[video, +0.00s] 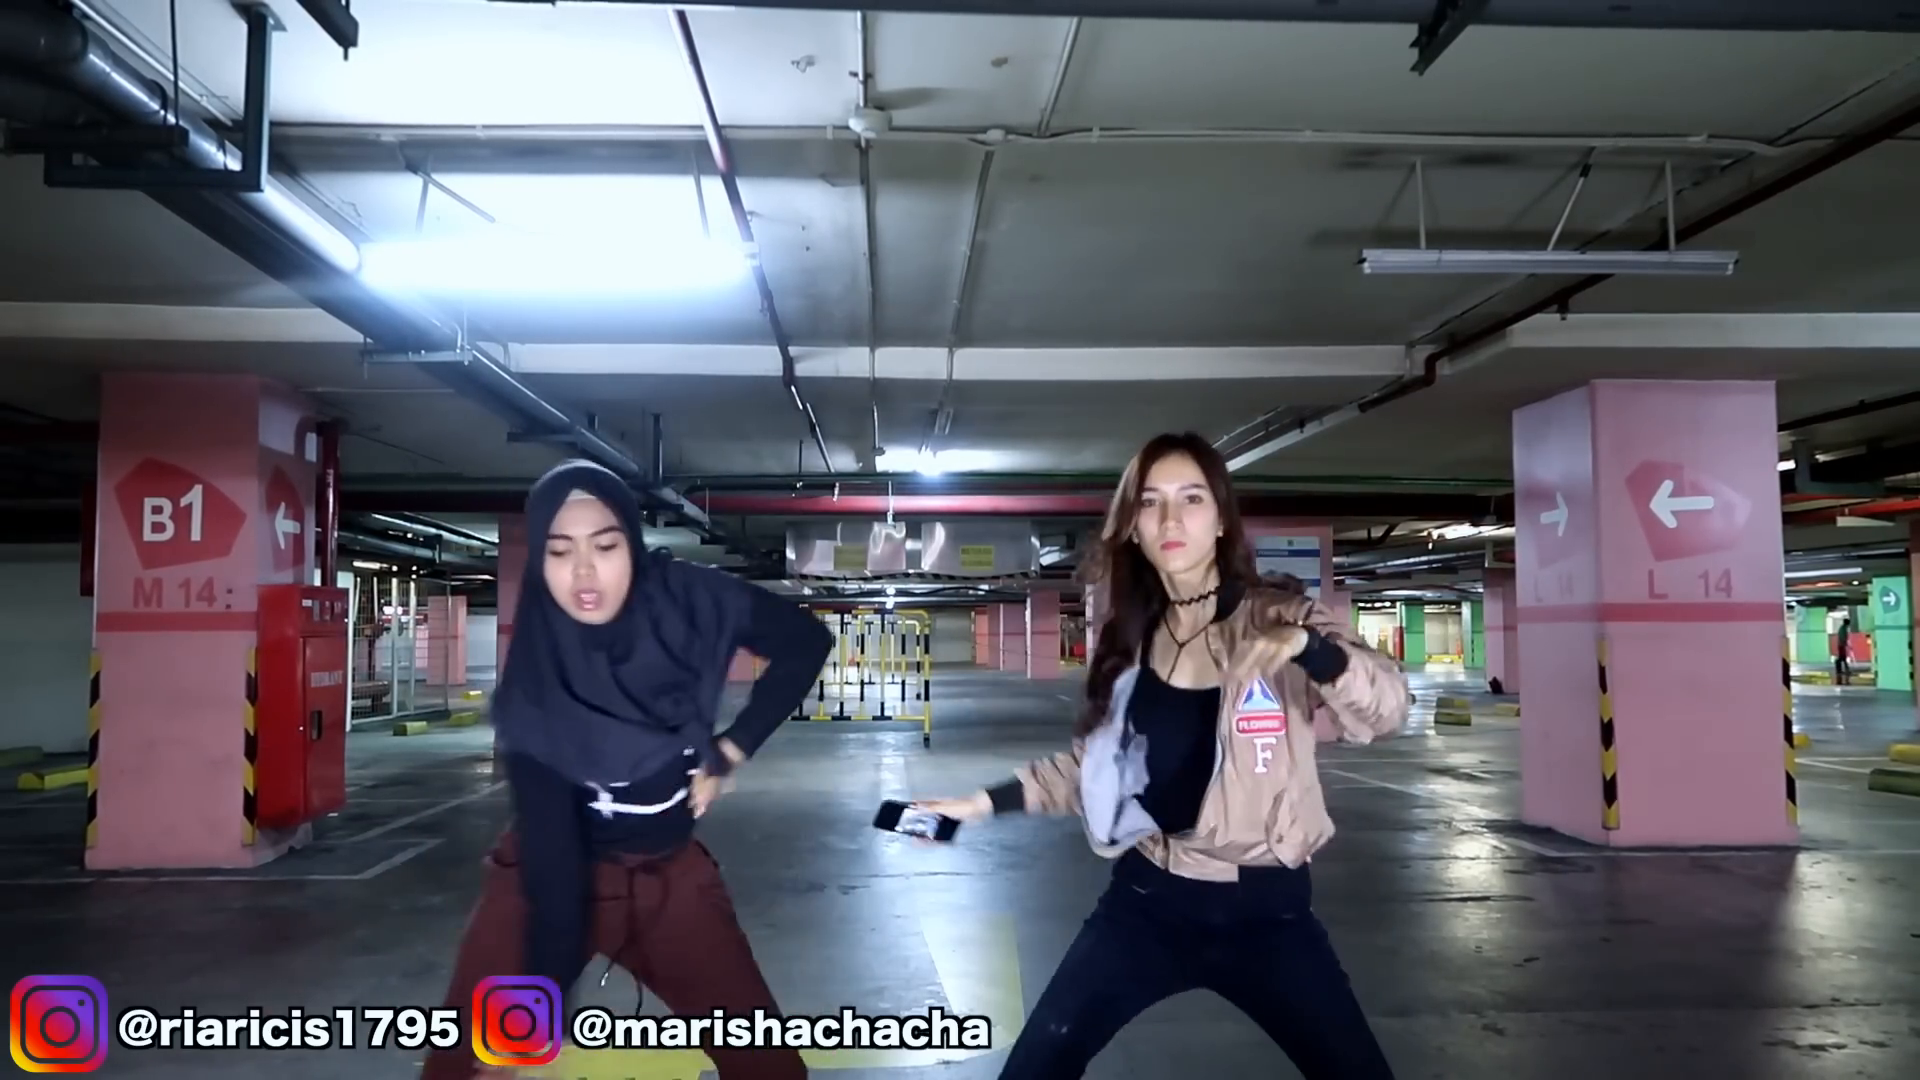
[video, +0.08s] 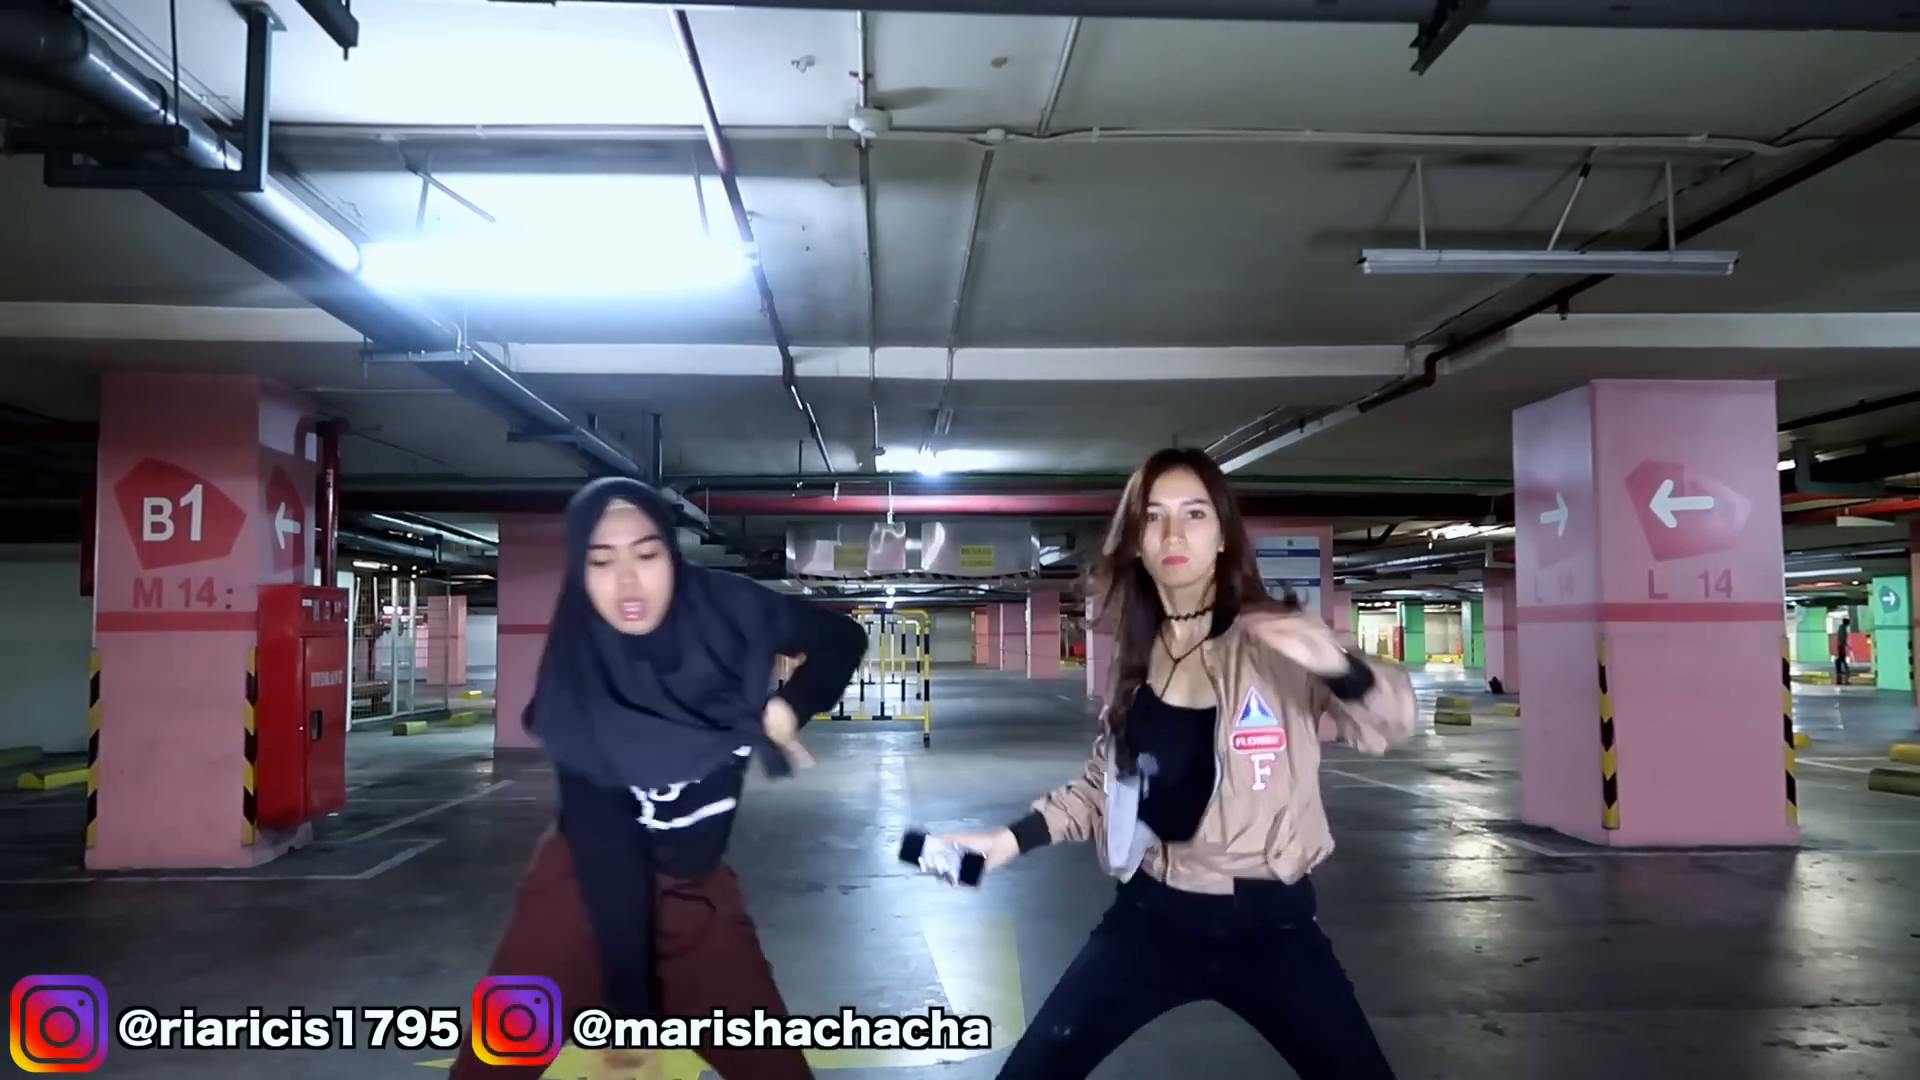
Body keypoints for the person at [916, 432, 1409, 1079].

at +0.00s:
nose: (1170, 519)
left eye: (1191, 499)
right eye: (1151, 501)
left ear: (1222, 516)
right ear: (1133, 523)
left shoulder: (1277, 622)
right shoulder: (1130, 638)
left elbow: (1386, 714)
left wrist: (1309, 647)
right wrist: (981, 803)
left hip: (1264, 907)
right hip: (1145, 902)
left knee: (1361, 1072)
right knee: (1037, 1061)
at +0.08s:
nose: (1171, 534)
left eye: (1193, 515)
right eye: (1154, 516)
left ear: (1225, 532)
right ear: (1135, 537)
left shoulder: (1278, 641)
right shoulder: (1133, 653)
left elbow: (1391, 726)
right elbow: (1104, 785)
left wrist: (1343, 669)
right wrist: (1007, 841)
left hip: (1267, 925)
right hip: (1151, 921)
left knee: (1364, 1074)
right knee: (1030, 1071)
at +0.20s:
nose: (1156, 546)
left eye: (1178, 530)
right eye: (1138, 531)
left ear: (1208, 552)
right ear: (1119, 552)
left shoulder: (1254, 674)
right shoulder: (1082, 665)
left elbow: (1333, 767)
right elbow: (1050, 775)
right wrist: (1045, 855)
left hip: (1245, 933)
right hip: (1128, 937)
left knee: (1333, 1073)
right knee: (1030, 1071)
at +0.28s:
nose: (1136, 545)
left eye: (1158, 526)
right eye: (1119, 527)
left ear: (1188, 546)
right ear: (1097, 545)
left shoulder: (1228, 673)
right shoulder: (1042, 660)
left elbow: (1298, 804)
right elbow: (1008, 773)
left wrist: (1375, 918)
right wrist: (1067, 823)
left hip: (1230, 925)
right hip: (1108, 932)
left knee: (1327, 1073)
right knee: (1021, 1073)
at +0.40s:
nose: (1126, 513)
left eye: (1146, 494)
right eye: (1107, 498)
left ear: (1177, 515)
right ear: (1087, 521)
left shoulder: (1217, 632)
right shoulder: (1049, 639)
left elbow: (1230, 758)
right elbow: (1006, 779)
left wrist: (1242, 848)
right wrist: (1080, 701)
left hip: (1223, 889)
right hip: (1106, 904)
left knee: (1355, 1064)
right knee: (1047, 1073)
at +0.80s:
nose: (1180, 520)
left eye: (1200, 499)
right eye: (1161, 503)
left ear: (1232, 516)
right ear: (1145, 524)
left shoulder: (1278, 637)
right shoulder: (1113, 630)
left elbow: (1288, 750)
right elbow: (1081, 740)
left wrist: (1277, 856)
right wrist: (1138, 641)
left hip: (1260, 906)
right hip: (1144, 913)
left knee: (1387, 1068)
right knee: (1091, 1074)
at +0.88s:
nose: (1192, 530)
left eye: (1210, 509)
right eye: (1173, 515)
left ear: (1241, 527)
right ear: (1153, 538)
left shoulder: (1304, 638)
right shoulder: (1126, 640)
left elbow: (1355, 706)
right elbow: (1068, 740)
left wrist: (1341, 804)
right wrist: (1151, 662)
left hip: (1282, 920)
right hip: (1159, 921)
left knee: (1374, 1073)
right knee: (1107, 1072)